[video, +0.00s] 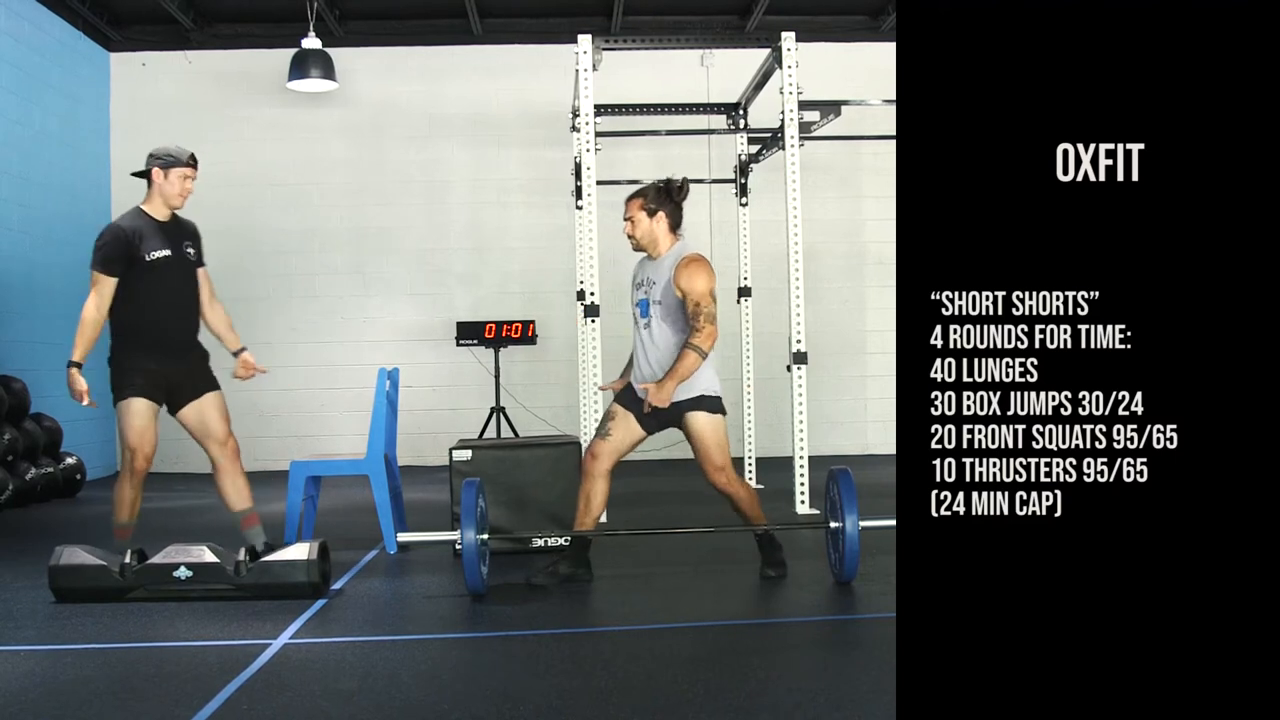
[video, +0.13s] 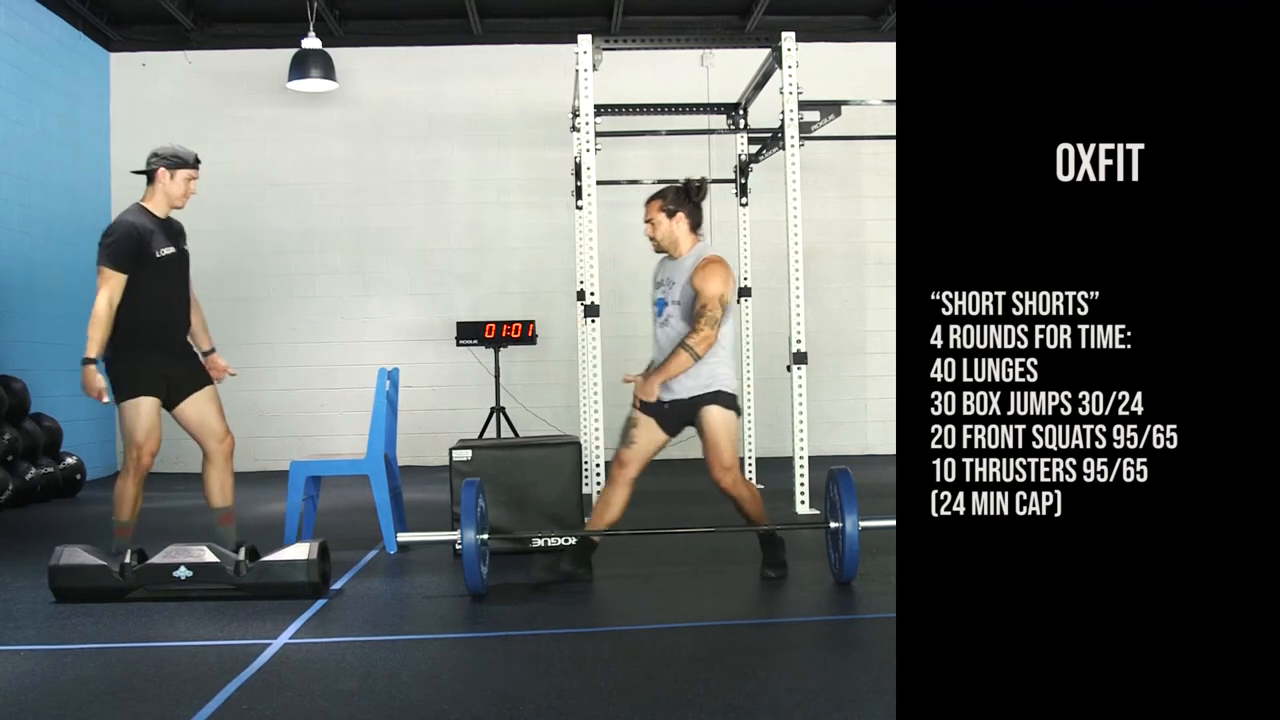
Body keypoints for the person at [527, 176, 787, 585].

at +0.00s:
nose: (626, 230)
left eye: (631, 221)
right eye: (626, 222)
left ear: (659, 219)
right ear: (654, 221)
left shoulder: (692, 268)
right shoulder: (643, 269)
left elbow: (705, 333)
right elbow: (649, 335)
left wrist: (670, 382)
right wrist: (626, 378)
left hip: (694, 390)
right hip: (644, 389)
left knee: (721, 475)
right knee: (597, 459)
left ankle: (768, 544)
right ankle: (577, 556)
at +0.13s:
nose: (647, 231)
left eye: (652, 222)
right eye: (646, 223)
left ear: (679, 219)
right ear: (672, 222)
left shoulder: (711, 268)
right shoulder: (665, 267)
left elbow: (706, 335)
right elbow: (674, 333)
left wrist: (657, 378)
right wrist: (651, 374)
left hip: (711, 389)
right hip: (666, 390)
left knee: (726, 474)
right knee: (624, 464)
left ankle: (770, 540)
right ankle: (583, 550)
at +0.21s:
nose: (662, 229)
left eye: (667, 220)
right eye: (661, 221)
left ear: (694, 217)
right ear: (689, 220)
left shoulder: (724, 269)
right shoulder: (683, 266)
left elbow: (704, 332)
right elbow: (691, 332)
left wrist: (650, 370)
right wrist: (664, 369)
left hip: (725, 386)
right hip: (682, 387)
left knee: (737, 473)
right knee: (645, 468)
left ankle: (772, 547)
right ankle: (597, 548)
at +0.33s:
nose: (673, 221)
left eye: (678, 212)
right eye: (673, 213)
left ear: (705, 210)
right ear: (701, 213)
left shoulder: (729, 260)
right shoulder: (701, 259)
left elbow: (704, 327)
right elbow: (705, 327)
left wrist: (651, 366)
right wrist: (676, 363)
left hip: (740, 380)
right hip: (699, 380)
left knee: (746, 463)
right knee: (655, 445)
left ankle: (773, 545)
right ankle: (638, 543)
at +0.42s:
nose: (677, 215)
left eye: (681, 206)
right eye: (676, 207)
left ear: (707, 203)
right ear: (703, 205)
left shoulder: (730, 252)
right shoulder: (707, 253)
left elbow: (713, 320)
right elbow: (710, 323)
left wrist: (668, 365)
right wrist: (674, 358)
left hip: (746, 374)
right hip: (708, 375)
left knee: (749, 459)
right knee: (664, 440)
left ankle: (774, 545)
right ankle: (679, 536)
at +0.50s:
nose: (678, 210)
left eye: (682, 201)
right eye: (677, 202)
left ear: (707, 197)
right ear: (703, 198)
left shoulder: (732, 246)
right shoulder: (707, 247)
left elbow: (730, 316)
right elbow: (713, 314)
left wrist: (693, 361)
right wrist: (684, 346)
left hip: (746, 370)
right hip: (714, 369)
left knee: (751, 452)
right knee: (686, 445)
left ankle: (774, 545)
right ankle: (719, 536)